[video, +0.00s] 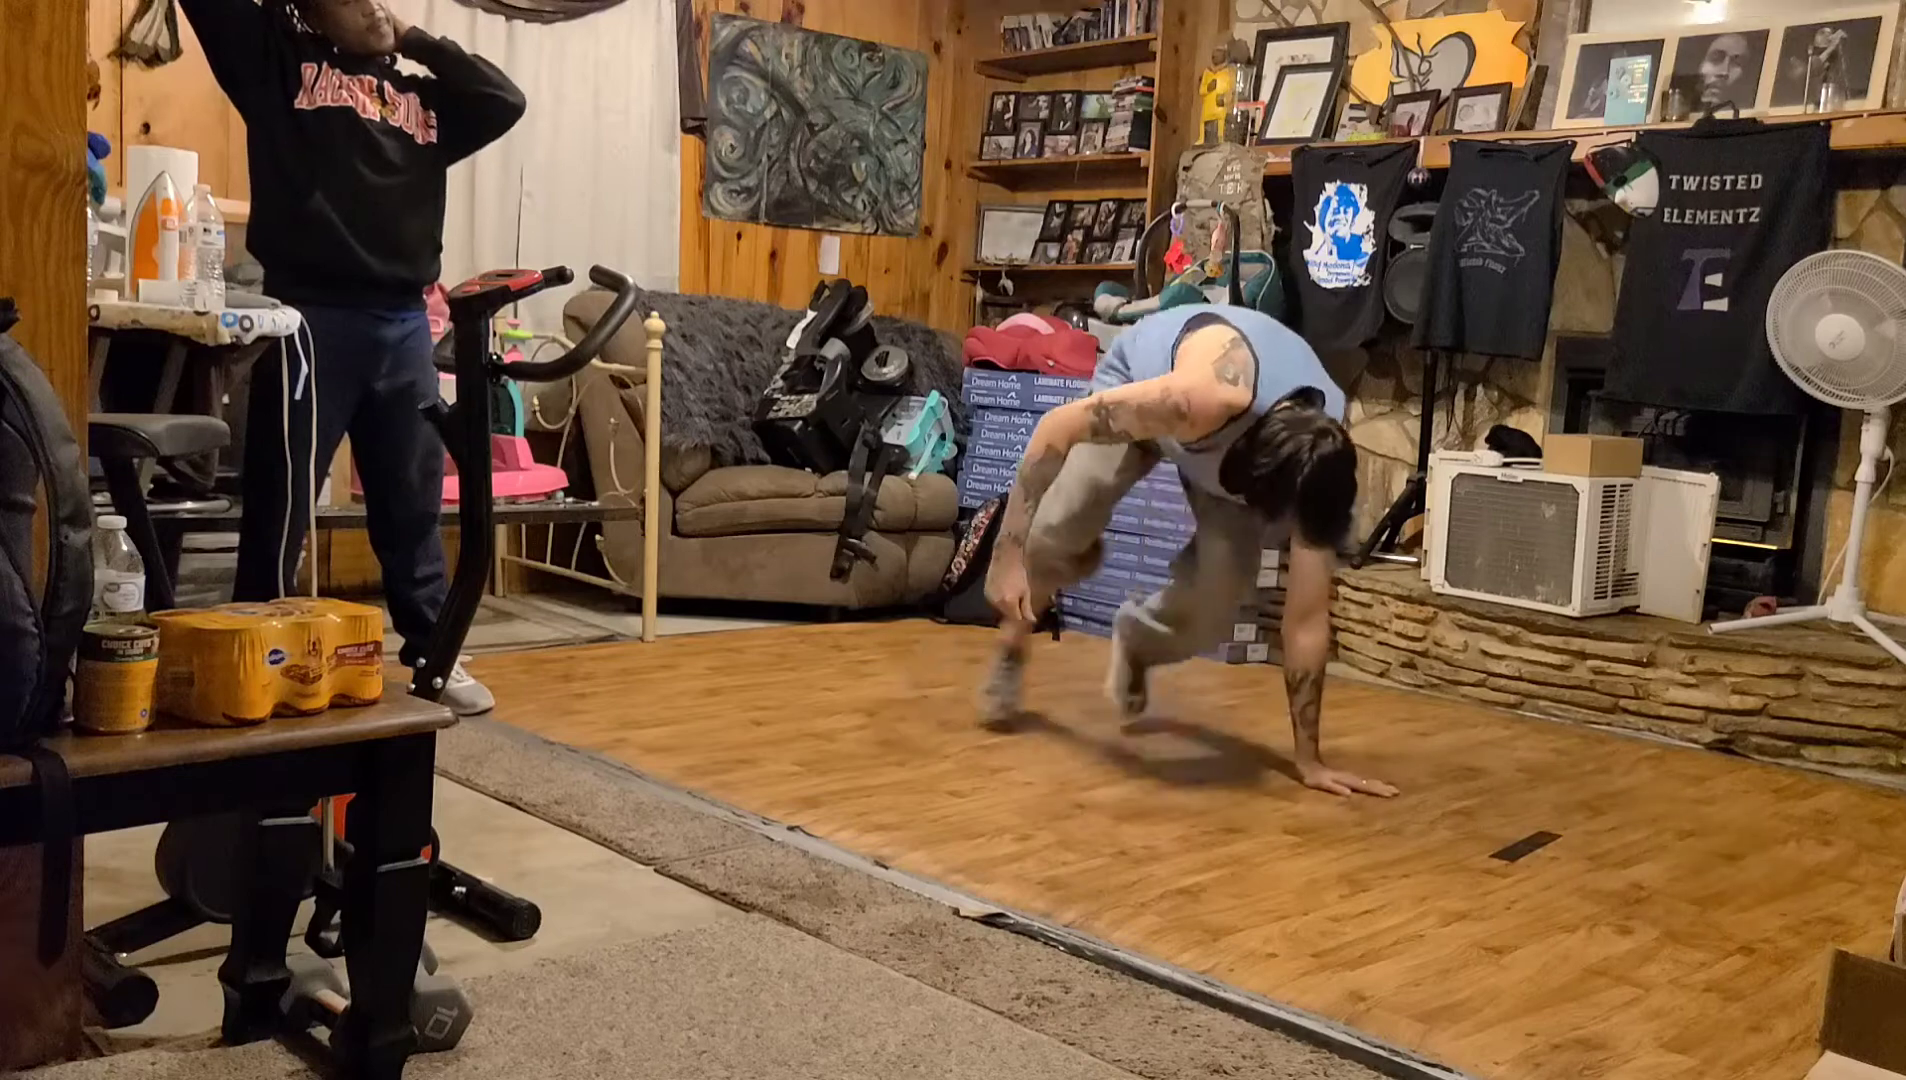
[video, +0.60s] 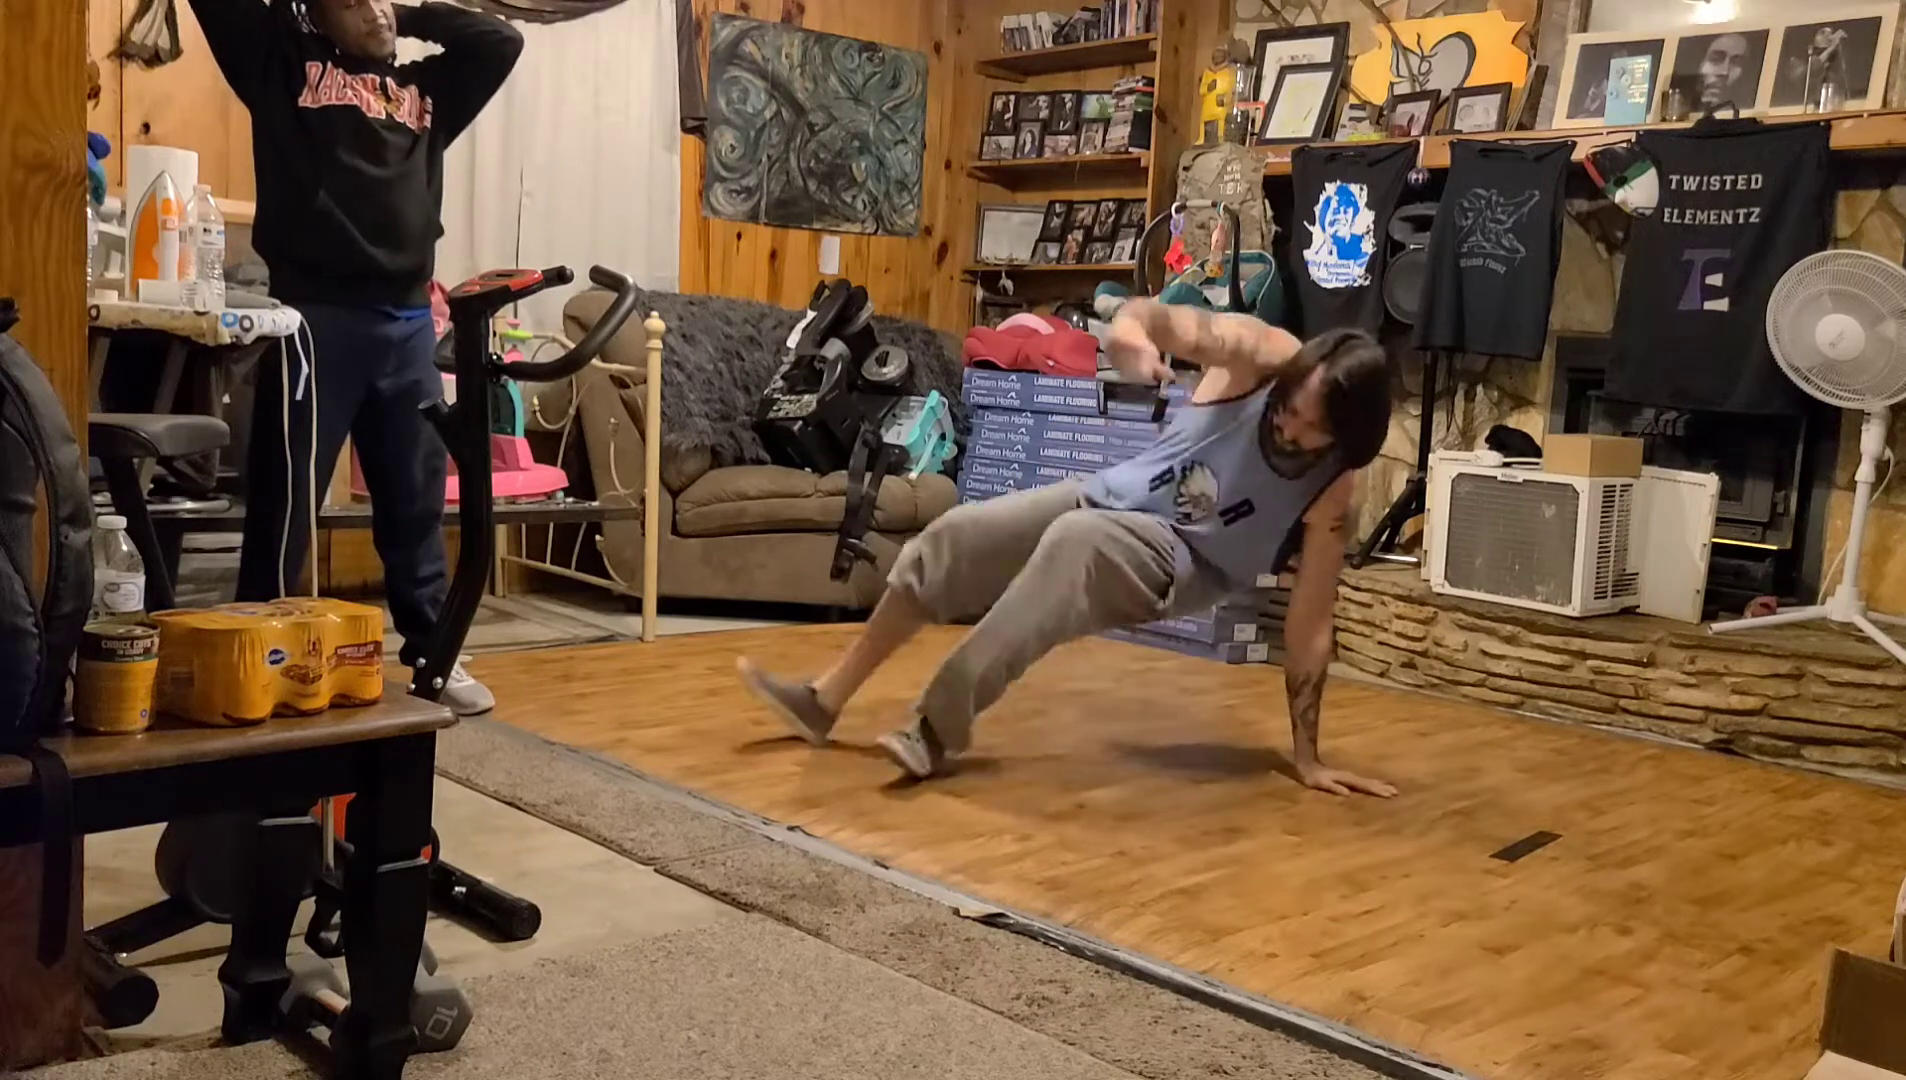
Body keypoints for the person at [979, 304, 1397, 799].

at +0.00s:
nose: (1289, 527)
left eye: (1301, 520)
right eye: (1287, 516)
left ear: (1325, 482)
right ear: (1261, 475)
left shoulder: (1322, 469)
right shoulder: (1196, 401)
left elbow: (1307, 618)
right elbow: (1057, 428)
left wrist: (1310, 759)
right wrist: (1008, 552)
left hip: (1231, 446)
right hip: (1140, 388)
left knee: (1215, 606)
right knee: (1057, 530)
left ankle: (1136, 638)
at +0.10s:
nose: (1263, 508)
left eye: (1276, 504)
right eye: (1257, 496)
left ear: (1307, 482)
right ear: (1234, 461)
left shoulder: (1308, 489)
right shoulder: (1184, 409)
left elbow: (1306, 624)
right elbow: (1038, 499)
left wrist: (1309, 760)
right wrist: (1046, 620)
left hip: (1226, 526)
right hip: (1144, 488)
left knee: (1195, 585)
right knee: (1089, 548)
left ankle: (1131, 710)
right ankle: (1093, 693)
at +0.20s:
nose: (1234, 499)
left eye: (1254, 493)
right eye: (1226, 481)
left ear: (1284, 480)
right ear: (1217, 447)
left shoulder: (1306, 494)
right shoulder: (1173, 429)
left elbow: (1301, 628)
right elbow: (1064, 522)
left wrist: (1307, 760)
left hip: (1226, 569)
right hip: (1142, 538)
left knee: (1161, 627)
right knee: (1049, 570)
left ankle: (1129, 710)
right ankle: (1095, 693)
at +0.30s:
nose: (1246, 457)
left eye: (1267, 453)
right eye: (1241, 440)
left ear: (1298, 447)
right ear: (1230, 411)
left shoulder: (1305, 483)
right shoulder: (1190, 395)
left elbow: (1300, 628)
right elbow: (1115, 446)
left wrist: (1307, 759)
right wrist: (1222, 448)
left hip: (1216, 599)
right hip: (1130, 558)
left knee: (1113, 597)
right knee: (1024, 560)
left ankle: (1124, 711)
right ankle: (1088, 691)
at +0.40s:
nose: (1267, 423)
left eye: (1289, 419)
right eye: (1265, 407)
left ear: (1314, 419)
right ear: (1262, 366)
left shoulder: (1317, 470)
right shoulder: (1236, 343)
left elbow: (1304, 622)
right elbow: (1140, 366)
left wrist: (1310, 759)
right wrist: (1246, 378)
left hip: (1197, 558)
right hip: (1119, 496)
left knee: (1097, 532)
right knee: (995, 513)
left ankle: (1051, 705)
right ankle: (1021, 672)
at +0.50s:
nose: (1277, 417)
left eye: (1298, 420)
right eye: (1280, 397)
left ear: (1329, 430)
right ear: (1282, 361)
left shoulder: (1323, 486)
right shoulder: (1248, 350)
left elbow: (1309, 624)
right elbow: (1141, 347)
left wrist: (1309, 760)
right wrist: (1170, 392)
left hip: (1196, 555)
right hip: (1138, 488)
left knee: (1085, 553)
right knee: (966, 522)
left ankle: (940, 737)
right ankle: (866, 690)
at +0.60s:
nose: (1292, 431)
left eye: (1313, 432)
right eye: (1291, 409)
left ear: (1346, 434)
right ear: (1299, 371)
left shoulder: (1333, 484)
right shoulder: (1256, 347)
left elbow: (1313, 621)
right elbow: (1140, 317)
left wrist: (1308, 758)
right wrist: (1138, 345)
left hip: (1183, 558)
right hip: (1113, 496)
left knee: (1076, 543)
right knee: (953, 537)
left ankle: (935, 730)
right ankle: (827, 697)